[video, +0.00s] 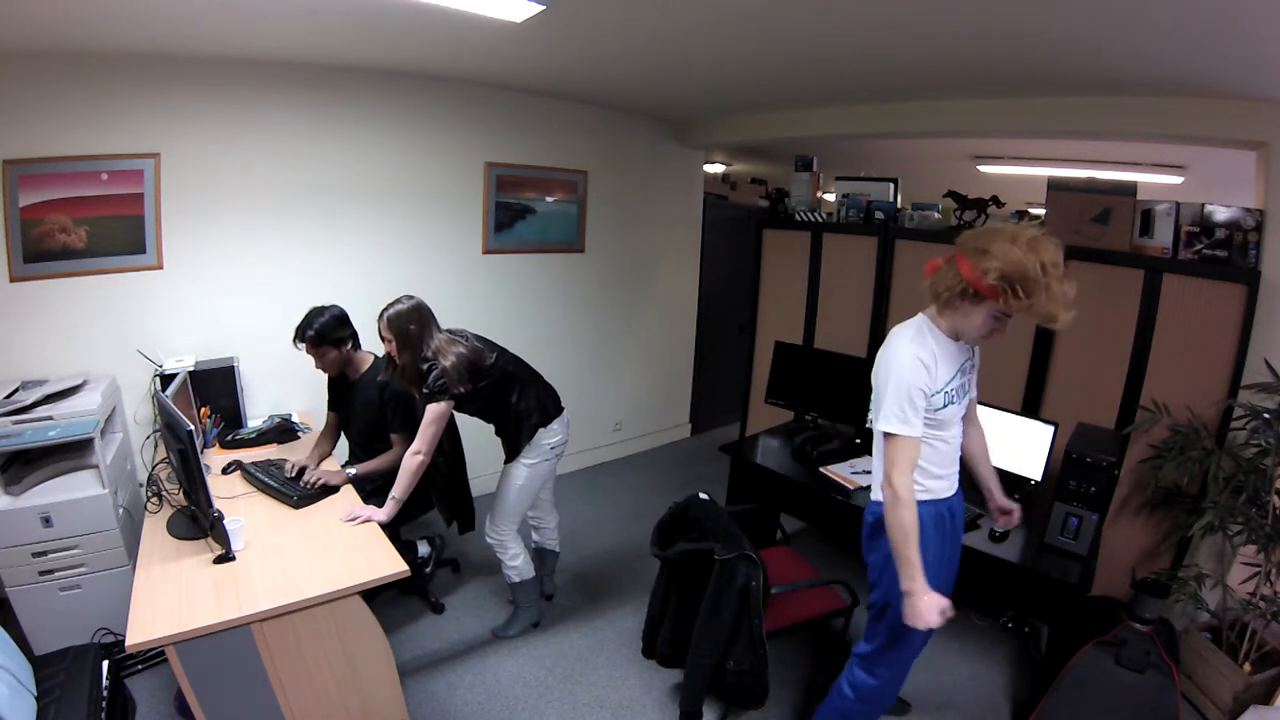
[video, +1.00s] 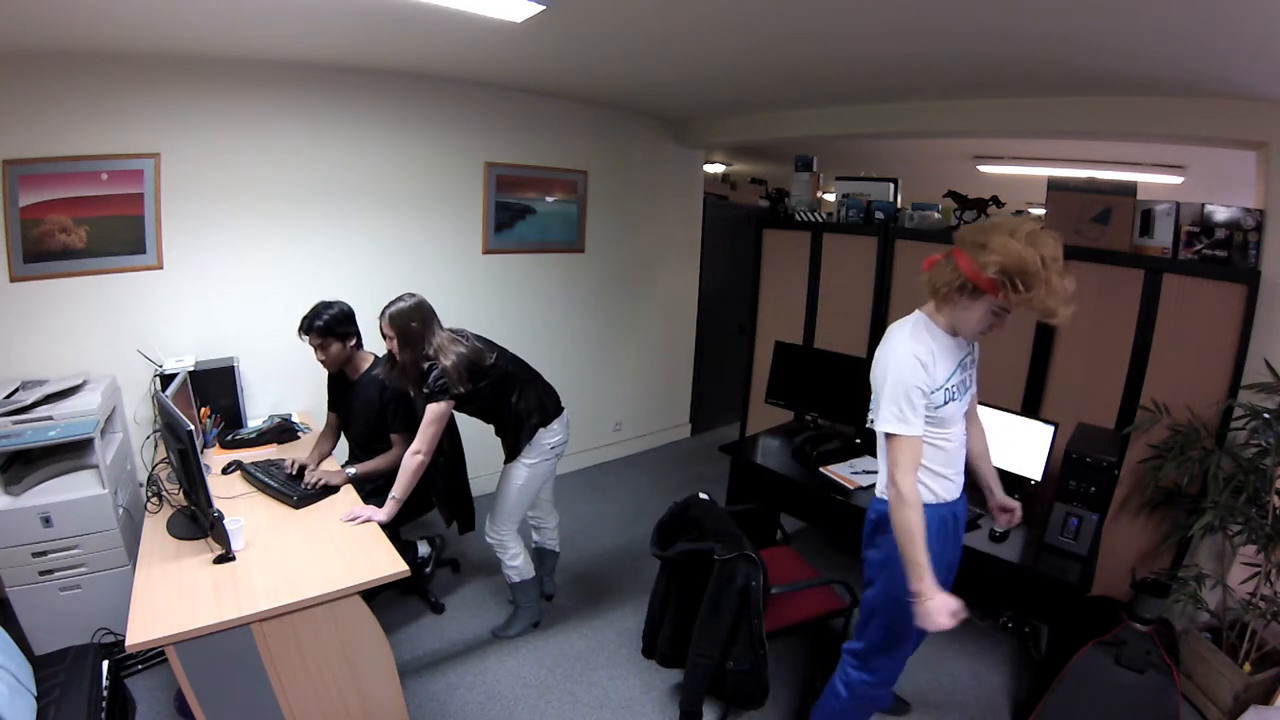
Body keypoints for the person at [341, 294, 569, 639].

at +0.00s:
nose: (386, 349)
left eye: (389, 341)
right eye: (384, 341)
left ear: (410, 338)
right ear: (420, 330)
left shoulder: (443, 369)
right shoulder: (450, 340)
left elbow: (420, 452)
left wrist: (388, 509)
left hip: (539, 433)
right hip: (547, 421)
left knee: (500, 530)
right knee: (541, 507)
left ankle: (527, 608)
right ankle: (546, 581)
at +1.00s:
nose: (387, 346)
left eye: (390, 338)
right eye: (385, 337)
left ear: (412, 336)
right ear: (422, 328)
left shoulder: (443, 369)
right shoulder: (450, 339)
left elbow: (420, 452)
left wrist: (388, 509)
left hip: (538, 433)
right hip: (547, 420)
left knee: (501, 531)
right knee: (541, 508)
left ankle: (528, 607)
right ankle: (546, 581)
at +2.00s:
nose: (385, 345)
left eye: (389, 338)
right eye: (384, 337)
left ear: (411, 337)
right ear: (420, 331)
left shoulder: (442, 370)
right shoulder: (449, 341)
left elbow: (420, 452)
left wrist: (388, 509)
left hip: (537, 432)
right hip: (546, 420)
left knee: (500, 530)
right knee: (541, 507)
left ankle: (528, 607)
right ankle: (545, 581)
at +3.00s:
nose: (388, 325)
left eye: (394, 319)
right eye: (391, 317)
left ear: (413, 327)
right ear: (428, 324)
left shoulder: (445, 366)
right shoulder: (451, 344)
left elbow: (420, 451)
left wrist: (388, 509)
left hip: (538, 431)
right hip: (544, 419)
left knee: (501, 529)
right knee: (541, 506)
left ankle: (527, 609)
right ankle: (545, 581)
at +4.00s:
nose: (382, 346)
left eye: (387, 339)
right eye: (381, 338)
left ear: (412, 336)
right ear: (415, 334)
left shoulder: (443, 367)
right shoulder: (445, 341)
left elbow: (419, 448)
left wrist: (386, 507)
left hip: (534, 430)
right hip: (541, 419)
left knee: (500, 529)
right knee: (541, 506)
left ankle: (527, 608)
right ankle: (546, 581)